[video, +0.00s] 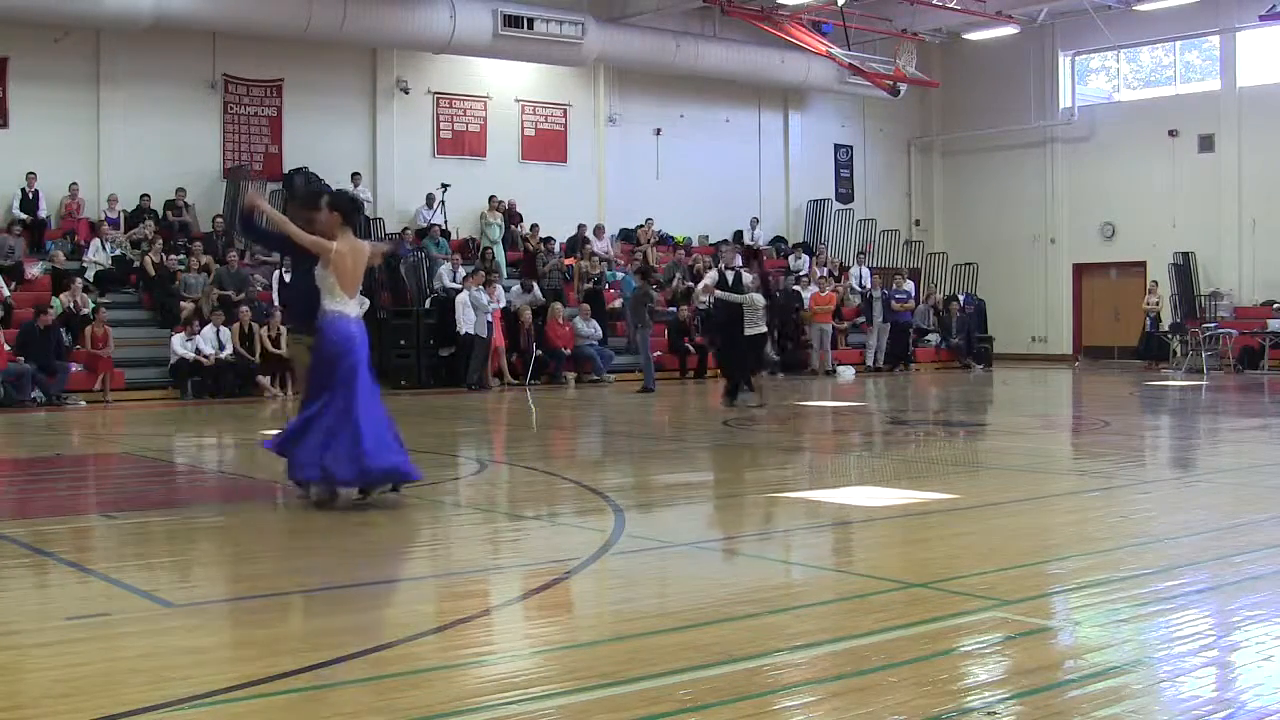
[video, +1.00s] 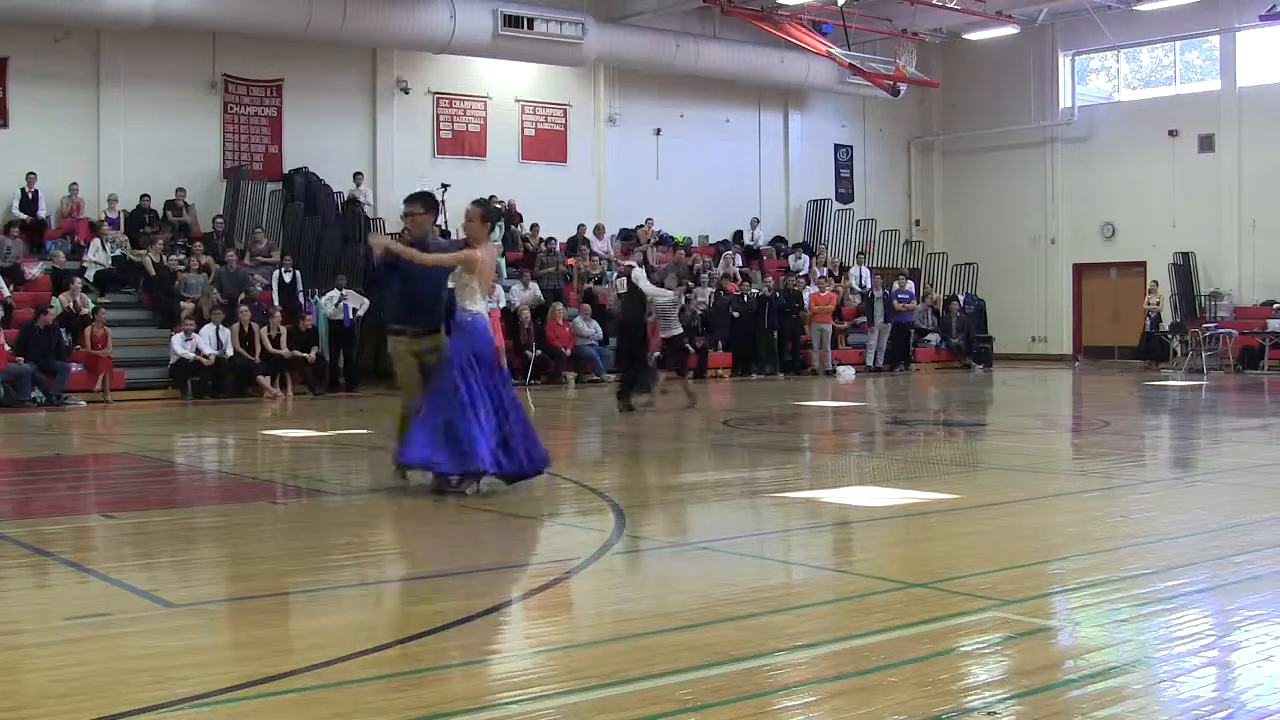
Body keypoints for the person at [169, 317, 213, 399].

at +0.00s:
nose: (199, 328)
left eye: (198, 326)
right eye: (196, 326)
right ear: (188, 328)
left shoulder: (197, 337)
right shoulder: (176, 338)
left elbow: (203, 348)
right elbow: (179, 351)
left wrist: (211, 355)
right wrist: (198, 358)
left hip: (192, 363)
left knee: (207, 365)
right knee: (183, 362)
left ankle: (202, 392)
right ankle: (184, 393)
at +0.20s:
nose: (199, 329)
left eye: (199, 326)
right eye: (196, 326)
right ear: (188, 328)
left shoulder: (197, 338)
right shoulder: (176, 338)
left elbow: (203, 348)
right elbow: (179, 351)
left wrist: (211, 355)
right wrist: (199, 358)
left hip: (191, 363)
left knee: (206, 365)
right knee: (183, 361)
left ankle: (202, 392)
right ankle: (184, 393)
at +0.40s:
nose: (198, 329)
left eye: (198, 326)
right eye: (196, 326)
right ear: (188, 328)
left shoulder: (197, 338)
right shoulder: (176, 338)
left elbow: (203, 348)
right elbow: (179, 351)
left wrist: (210, 355)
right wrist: (199, 358)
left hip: (192, 363)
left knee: (206, 364)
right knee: (183, 361)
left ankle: (203, 392)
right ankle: (184, 393)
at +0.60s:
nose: (194, 328)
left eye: (195, 326)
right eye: (191, 326)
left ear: (197, 328)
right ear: (185, 327)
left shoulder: (197, 338)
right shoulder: (176, 338)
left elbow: (203, 347)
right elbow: (180, 351)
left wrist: (210, 355)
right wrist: (199, 358)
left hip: (192, 363)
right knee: (183, 361)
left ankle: (203, 392)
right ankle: (184, 393)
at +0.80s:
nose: (189, 327)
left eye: (192, 325)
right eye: (187, 325)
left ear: (195, 327)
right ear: (183, 326)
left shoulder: (197, 338)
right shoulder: (176, 338)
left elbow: (204, 347)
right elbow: (179, 351)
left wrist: (211, 355)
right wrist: (199, 358)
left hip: (192, 363)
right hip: (177, 364)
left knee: (206, 363)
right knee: (183, 361)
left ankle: (202, 392)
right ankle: (184, 393)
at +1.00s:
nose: (188, 327)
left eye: (191, 325)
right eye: (186, 325)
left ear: (195, 327)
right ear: (183, 326)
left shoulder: (196, 337)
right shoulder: (176, 338)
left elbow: (204, 347)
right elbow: (179, 351)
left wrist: (211, 355)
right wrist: (199, 358)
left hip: (192, 363)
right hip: (177, 364)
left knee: (206, 363)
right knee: (183, 361)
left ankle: (201, 391)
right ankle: (184, 392)